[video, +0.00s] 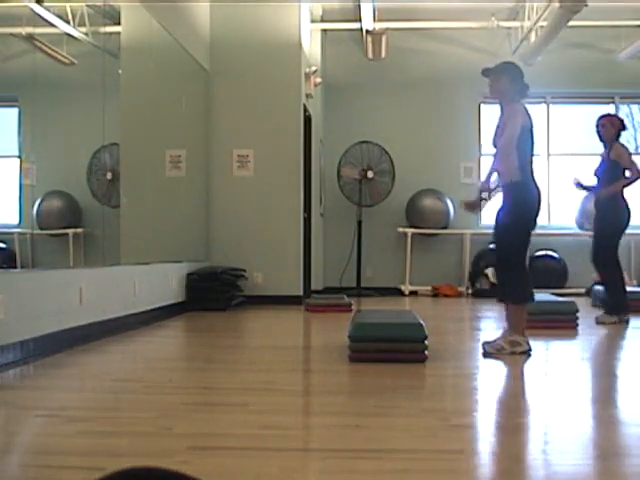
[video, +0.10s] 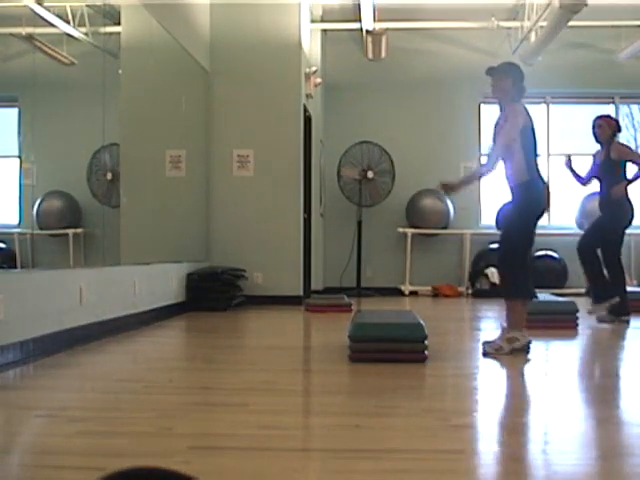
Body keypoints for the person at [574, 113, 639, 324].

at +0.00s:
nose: (601, 129)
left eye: (605, 126)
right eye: (599, 126)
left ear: (616, 129)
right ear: (598, 130)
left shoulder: (619, 150)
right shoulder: (607, 153)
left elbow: (634, 174)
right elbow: (604, 184)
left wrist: (613, 189)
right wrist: (584, 187)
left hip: (613, 208)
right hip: (604, 208)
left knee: (604, 257)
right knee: (604, 257)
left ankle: (618, 309)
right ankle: (615, 306)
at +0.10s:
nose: (598, 130)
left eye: (602, 127)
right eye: (596, 127)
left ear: (613, 129)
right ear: (594, 132)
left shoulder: (618, 149)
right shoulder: (598, 155)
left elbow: (639, 164)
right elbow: (584, 181)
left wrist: (626, 184)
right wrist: (570, 168)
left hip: (620, 209)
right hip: (608, 209)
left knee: (585, 246)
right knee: (611, 257)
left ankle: (602, 293)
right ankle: (621, 305)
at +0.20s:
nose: (598, 129)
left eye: (602, 125)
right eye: (595, 127)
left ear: (613, 128)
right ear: (594, 131)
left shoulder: (619, 148)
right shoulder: (596, 154)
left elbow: (639, 161)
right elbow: (579, 176)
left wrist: (627, 182)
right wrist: (567, 163)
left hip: (620, 208)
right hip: (609, 209)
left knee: (584, 243)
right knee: (610, 256)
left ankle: (600, 292)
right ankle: (620, 307)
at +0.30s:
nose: (601, 130)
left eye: (605, 126)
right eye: (599, 127)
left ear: (616, 128)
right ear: (597, 131)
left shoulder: (620, 149)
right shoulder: (601, 153)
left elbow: (637, 168)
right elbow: (592, 179)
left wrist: (623, 182)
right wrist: (578, 178)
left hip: (615, 208)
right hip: (606, 208)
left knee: (594, 253)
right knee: (609, 254)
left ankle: (610, 305)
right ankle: (618, 305)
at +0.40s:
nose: (602, 131)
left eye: (606, 127)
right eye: (599, 128)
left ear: (616, 129)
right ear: (598, 131)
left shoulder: (618, 149)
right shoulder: (607, 153)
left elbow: (630, 174)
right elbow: (607, 180)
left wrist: (607, 186)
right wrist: (593, 193)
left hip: (614, 207)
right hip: (604, 207)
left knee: (608, 258)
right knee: (604, 259)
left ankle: (617, 305)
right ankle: (614, 303)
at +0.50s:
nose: (598, 131)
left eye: (602, 127)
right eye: (597, 127)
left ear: (613, 129)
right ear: (597, 131)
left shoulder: (614, 147)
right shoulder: (608, 150)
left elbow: (621, 174)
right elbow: (616, 175)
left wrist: (599, 180)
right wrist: (600, 186)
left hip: (616, 208)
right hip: (612, 207)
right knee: (614, 257)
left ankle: (614, 303)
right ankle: (617, 304)